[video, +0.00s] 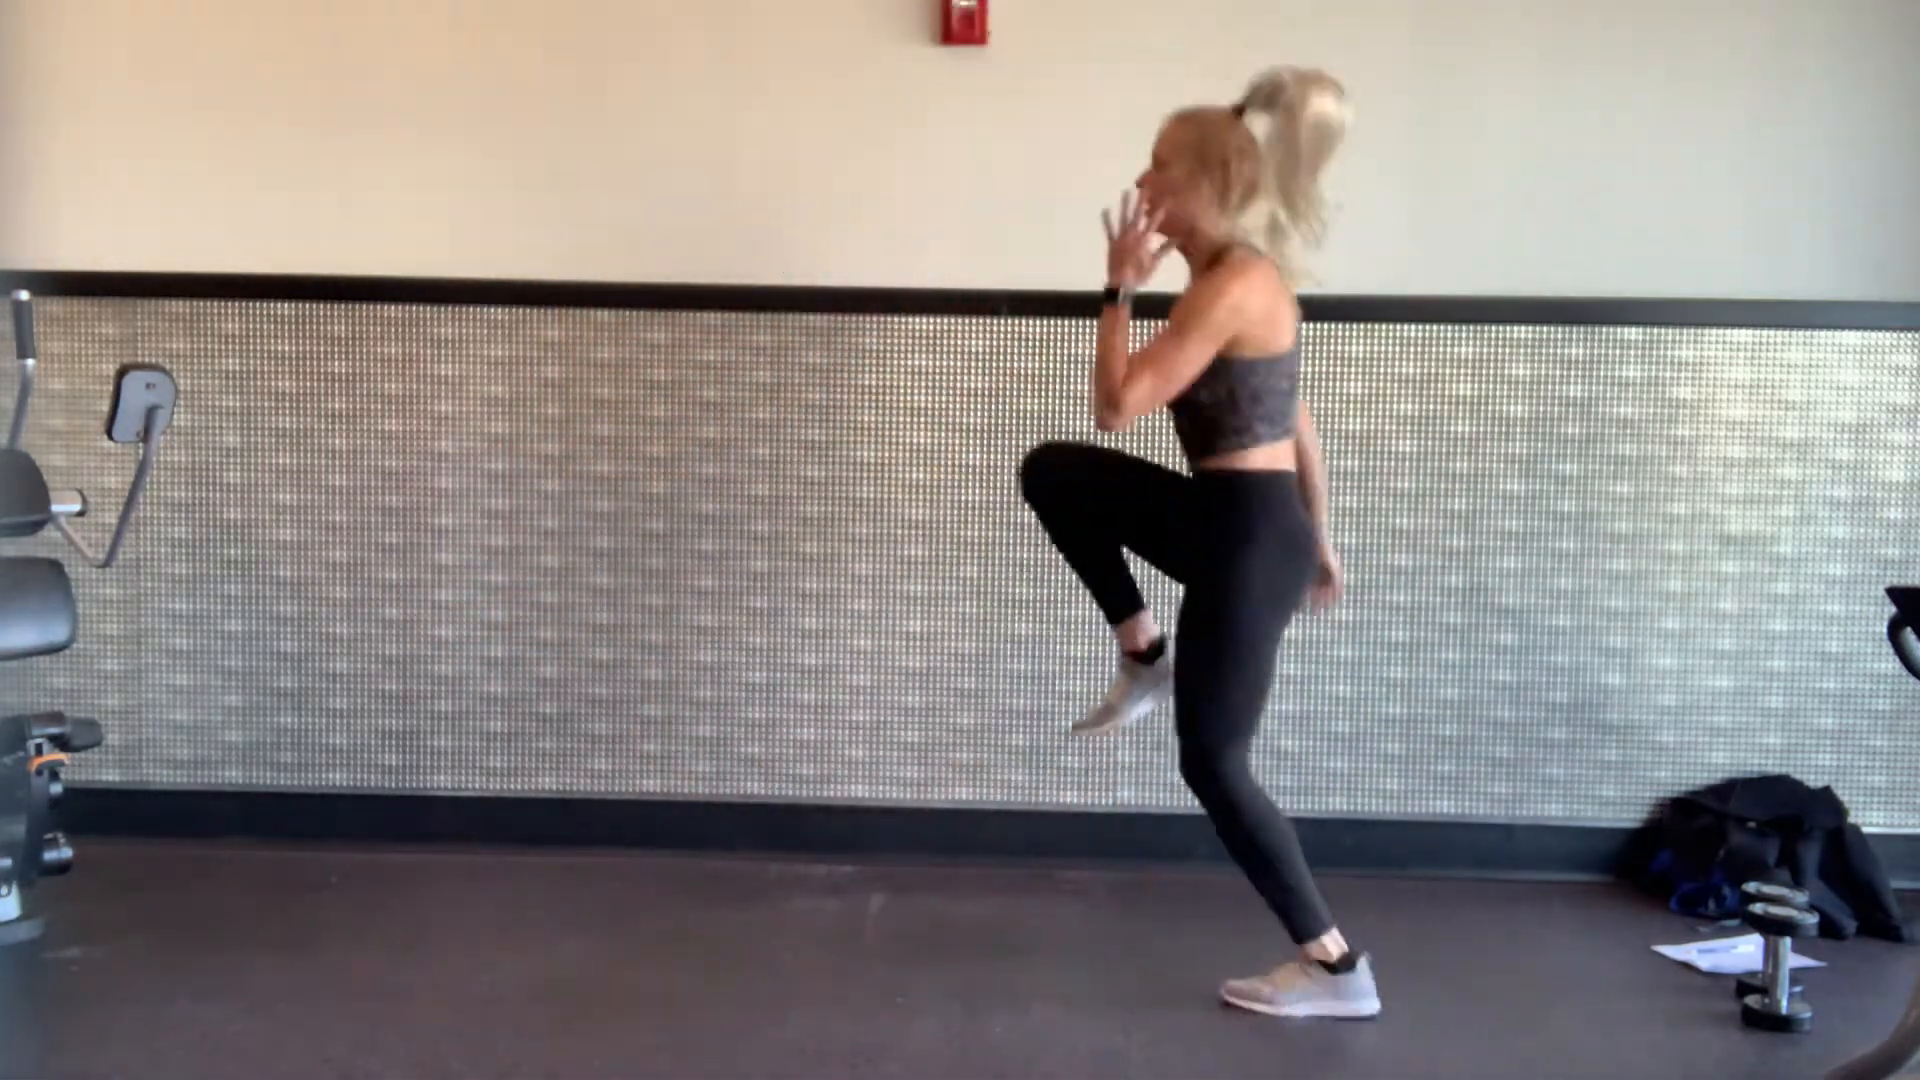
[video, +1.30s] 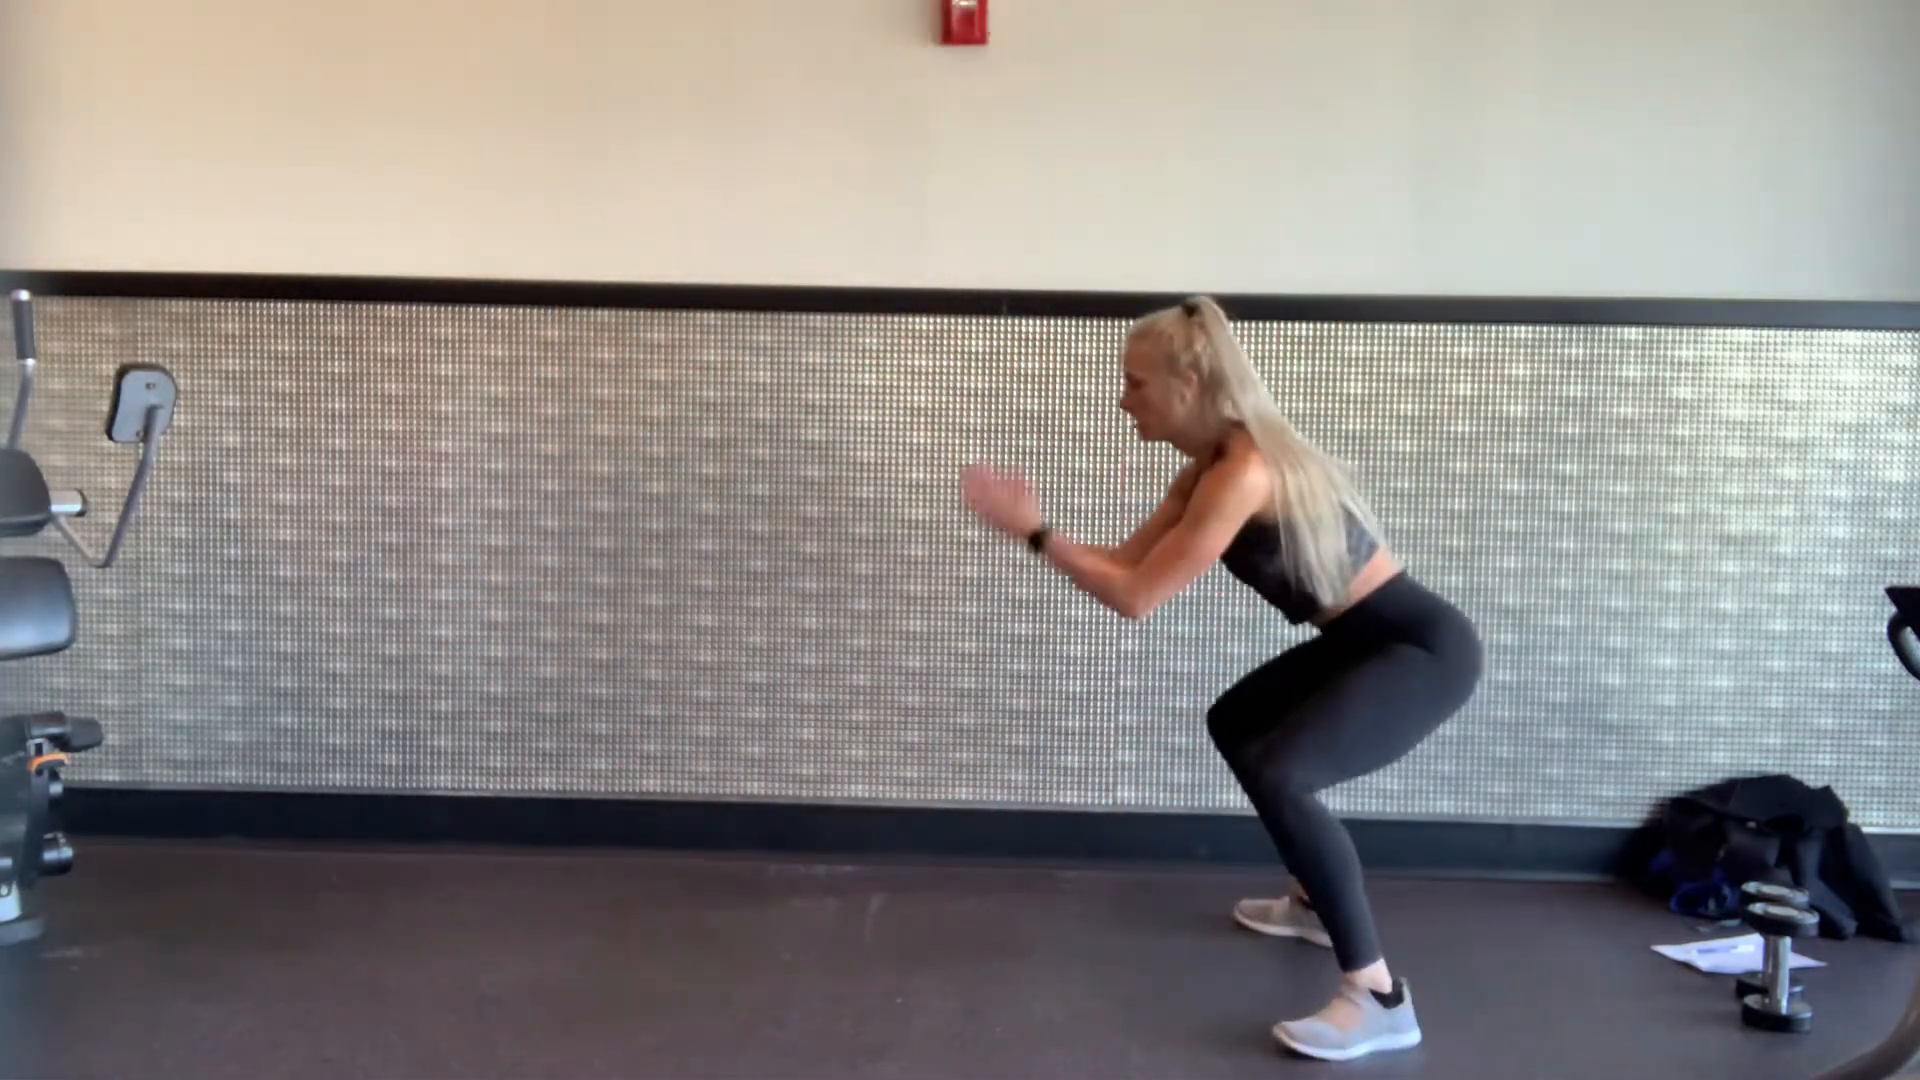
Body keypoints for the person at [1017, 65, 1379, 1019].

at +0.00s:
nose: (1146, 183)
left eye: (1163, 170)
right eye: (1152, 166)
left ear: (1210, 190)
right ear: (1219, 191)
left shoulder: (1237, 285)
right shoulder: (1238, 277)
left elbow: (1115, 406)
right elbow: (1293, 424)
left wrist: (1119, 283)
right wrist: (1316, 534)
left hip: (1252, 536)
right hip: (1234, 519)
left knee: (1211, 757)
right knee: (1048, 474)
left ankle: (1332, 961)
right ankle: (1142, 649)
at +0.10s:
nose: (1164, 158)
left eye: (1181, 144)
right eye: (1171, 142)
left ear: (1230, 160)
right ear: (1241, 162)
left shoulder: (1253, 266)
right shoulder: (1279, 255)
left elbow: (1198, 410)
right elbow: (1301, 398)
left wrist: (1109, 334)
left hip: (1279, 518)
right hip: (1264, 506)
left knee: (1239, 737)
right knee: (1074, 530)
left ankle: (1331, 957)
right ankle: (1156, 708)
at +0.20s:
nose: (1183, 110)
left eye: (1198, 96)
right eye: (1190, 94)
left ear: (1244, 112)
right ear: (1248, 113)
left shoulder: (1279, 217)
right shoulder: (1265, 208)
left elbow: (1268, 375)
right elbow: (1288, 366)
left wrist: (1147, 411)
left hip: (1306, 473)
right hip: (1275, 466)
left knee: (1265, 699)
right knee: (1130, 604)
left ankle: (1314, 931)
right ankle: (1218, 767)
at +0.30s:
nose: (1194, 122)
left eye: (1213, 108)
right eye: (1202, 105)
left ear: (1266, 127)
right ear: (1255, 128)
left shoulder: (1298, 228)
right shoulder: (1259, 225)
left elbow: (1328, 385)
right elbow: (1276, 383)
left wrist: (1213, 453)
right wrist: (1202, 454)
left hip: (1334, 482)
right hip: (1284, 480)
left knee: (1269, 699)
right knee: (1210, 664)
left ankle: (1338, 934)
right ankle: (1277, 837)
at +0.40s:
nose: (1191, 205)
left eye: (1208, 193)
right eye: (1198, 189)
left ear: (1259, 213)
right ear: (1254, 215)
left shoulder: (1306, 307)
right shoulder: (1246, 308)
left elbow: (1336, 465)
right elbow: (1244, 447)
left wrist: (1209, 478)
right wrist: (1153, 462)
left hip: (1367, 552)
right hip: (1317, 549)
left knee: (1281, 745)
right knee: (1242, 719)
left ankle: (1377, 985)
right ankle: (1322, 896)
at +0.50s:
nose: (1177, 328)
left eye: (1190, 314)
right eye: (1182, 313)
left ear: (1236, 335)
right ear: (1238, 335)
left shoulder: (1293, 426)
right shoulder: (1240, 435)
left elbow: (1266, 582)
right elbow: (1184, 553)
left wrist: (1177, 516)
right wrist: (1139, 499)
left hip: (1420, 637)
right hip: (1362, 631)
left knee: (1278, 769)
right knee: (1229, 729)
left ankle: (1375, 990)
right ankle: (1318, 901)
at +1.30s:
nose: (1123, 399)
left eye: (1134, 385)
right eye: (1124, 384)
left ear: (1185, 388)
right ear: (1184, 390)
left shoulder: (1244, 470)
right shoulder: (1210, 468)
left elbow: (1136, 596)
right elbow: (1124, 567)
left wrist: (1037, 533)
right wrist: (1034, 529)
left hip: (1423, 647)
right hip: (1368, 636)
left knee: (1280, 770)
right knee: (1237, 722)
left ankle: (1377, 993)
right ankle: (1321, 901)